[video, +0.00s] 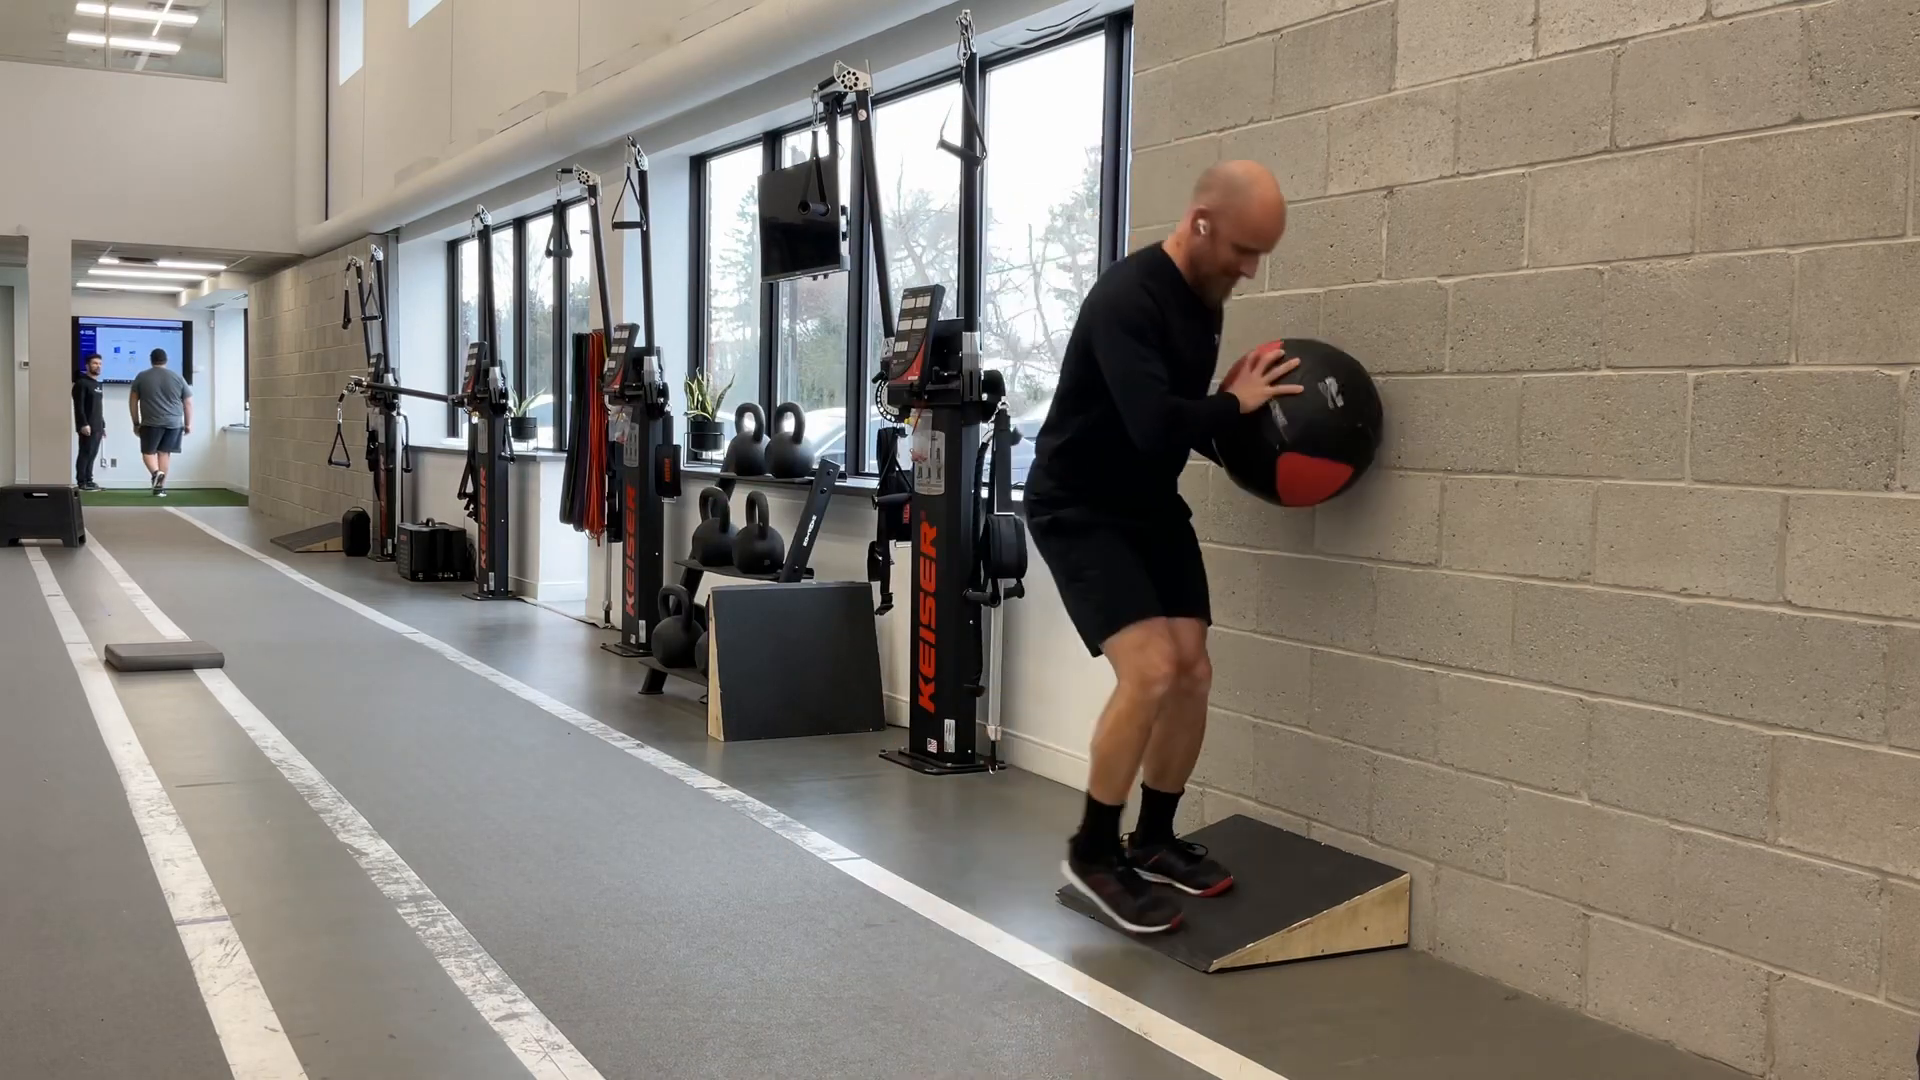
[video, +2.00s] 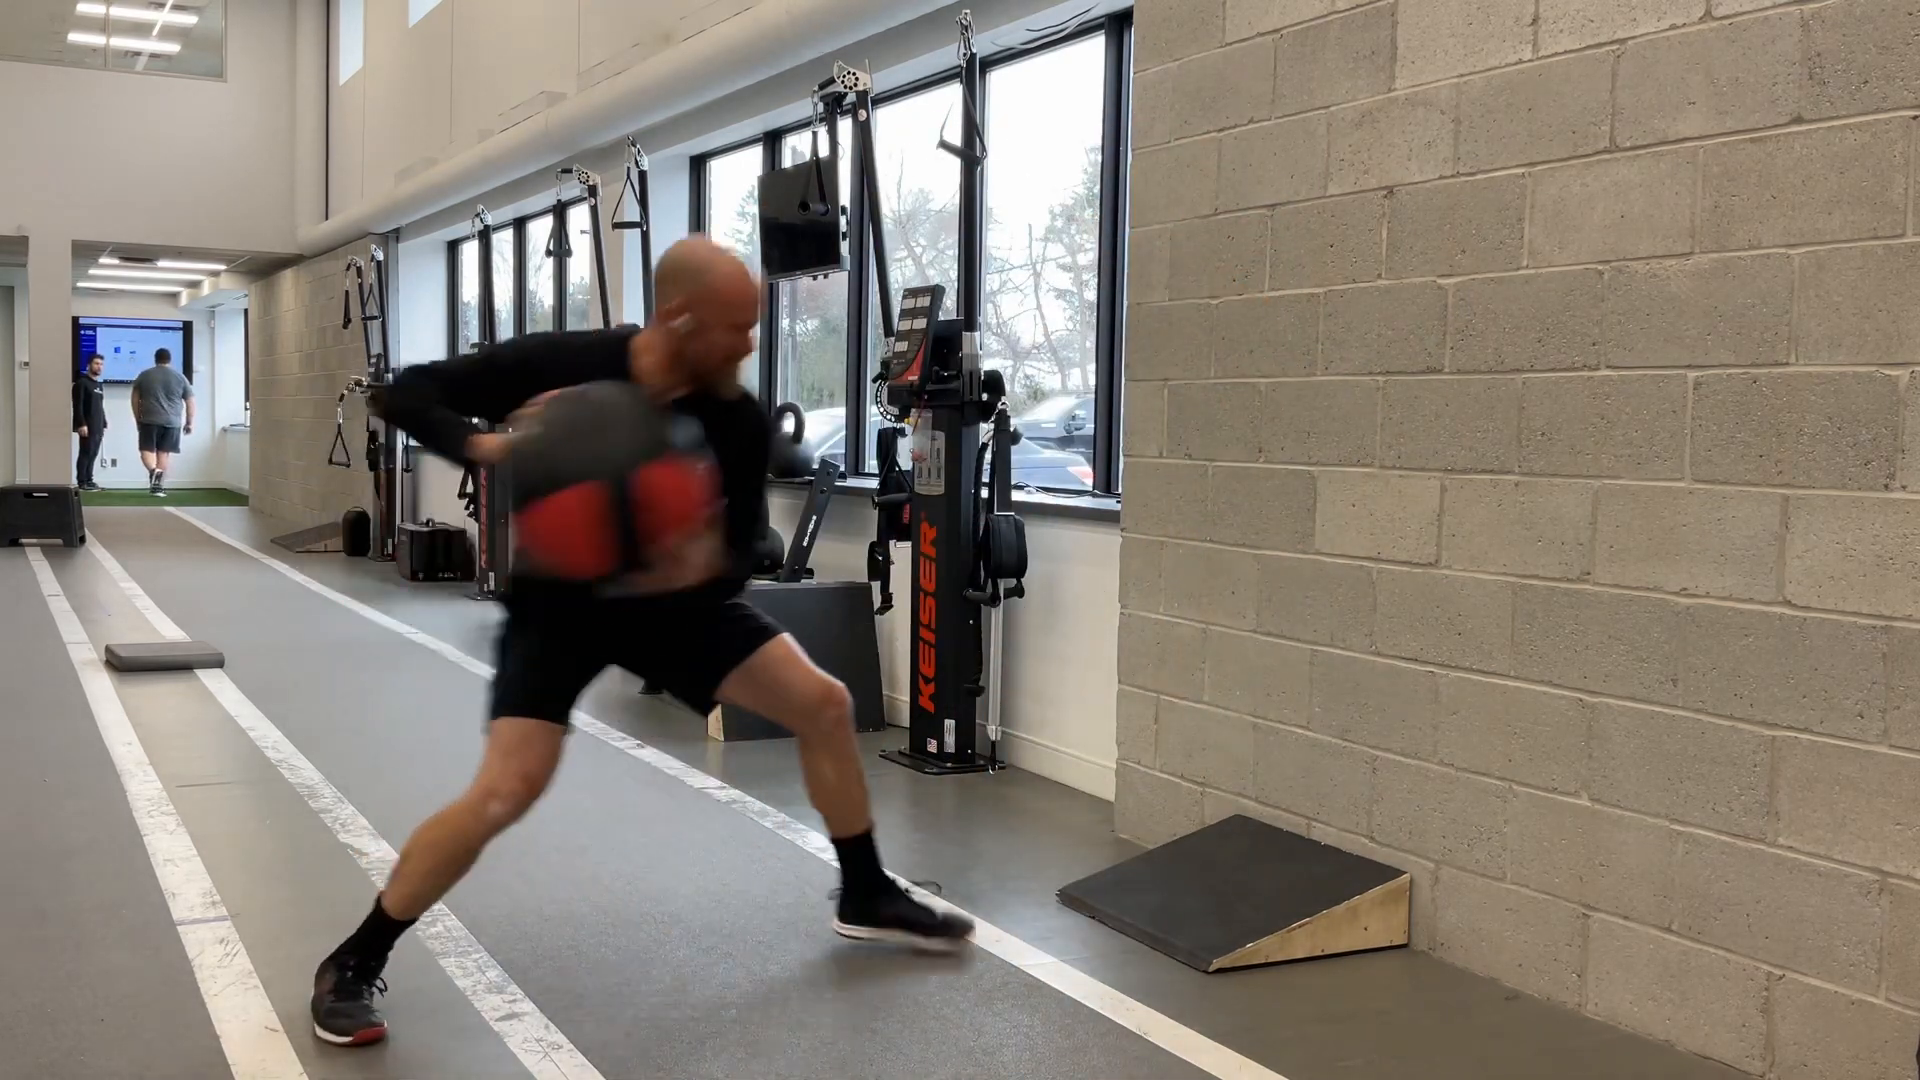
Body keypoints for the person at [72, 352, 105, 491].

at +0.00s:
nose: (97, 366)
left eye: (99, 364)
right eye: (94, 363)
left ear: (101, 366)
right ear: (88, 365)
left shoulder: (97, 384)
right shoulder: (81, 383)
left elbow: (98, 408)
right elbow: (79, 406)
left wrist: (102, 425)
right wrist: (83, 423)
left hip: (97, 425)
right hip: (87, 425)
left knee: (92, 454)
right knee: (85, 454)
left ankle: (89, 479)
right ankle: (82, 481)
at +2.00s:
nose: (99, 367)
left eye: (101, 364)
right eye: (96, 363)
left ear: (102, 367)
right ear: (89, 365)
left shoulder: (98, 385)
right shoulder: (81, 383)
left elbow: (99, 405)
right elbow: (78, 405)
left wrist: (104, 421)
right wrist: (81, 424)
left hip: (97, 424)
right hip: (87, 425)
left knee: (93, 454)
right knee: (85, 454)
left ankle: (89, 479)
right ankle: (82, 480)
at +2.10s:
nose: (99, 366)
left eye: (100, 363)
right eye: (96, 362)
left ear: (102, 366)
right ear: (89, 365)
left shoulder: (98, 385)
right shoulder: (81, 383)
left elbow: (99, 405)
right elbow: (78, 405)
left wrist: (103, 421)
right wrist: (80, 424)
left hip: (97, 424)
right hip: (87, 425)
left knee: (93, 454)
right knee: (85, 454)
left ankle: (89, 479)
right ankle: (82, 480)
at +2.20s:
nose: (98, 365)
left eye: (99, 362)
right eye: (95, 362)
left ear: (101, 365)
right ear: (88, 365)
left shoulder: (98, 384)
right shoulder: (81, 383)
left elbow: (99, 405)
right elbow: (78, 405)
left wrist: (103, 421)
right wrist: (80, 424)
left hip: (98, 424)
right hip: (87, 425)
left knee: (93, 454)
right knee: (85, 454)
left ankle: (89, 479)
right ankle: (82, 480)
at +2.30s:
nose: (97, 365)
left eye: (98, 362)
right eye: (94, 362)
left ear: (100, 365)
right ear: (87, 365)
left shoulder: (98, 385)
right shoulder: (81, 383)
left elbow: (100, 407)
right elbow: (78, 406)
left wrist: (104, 425)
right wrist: (80, 425)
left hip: (98, 425)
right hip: (88, 425)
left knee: (92, 455)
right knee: (85, 454)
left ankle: (89, 479)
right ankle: (82, 480)